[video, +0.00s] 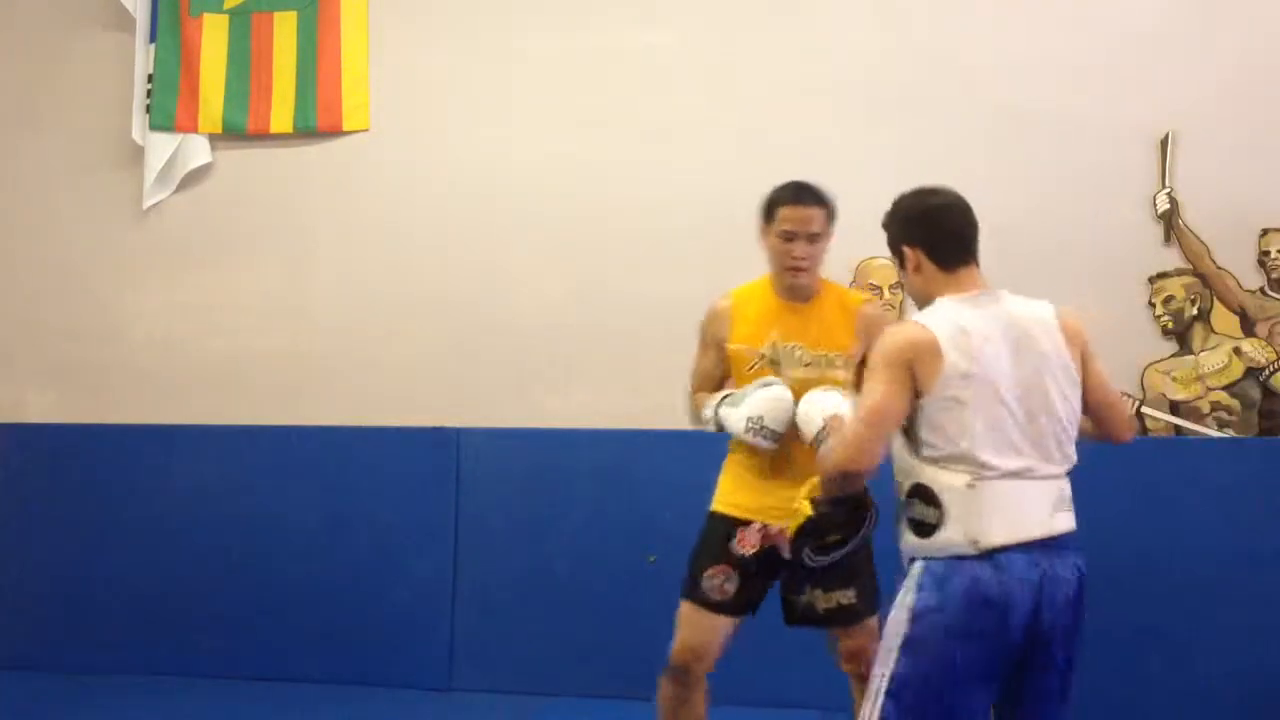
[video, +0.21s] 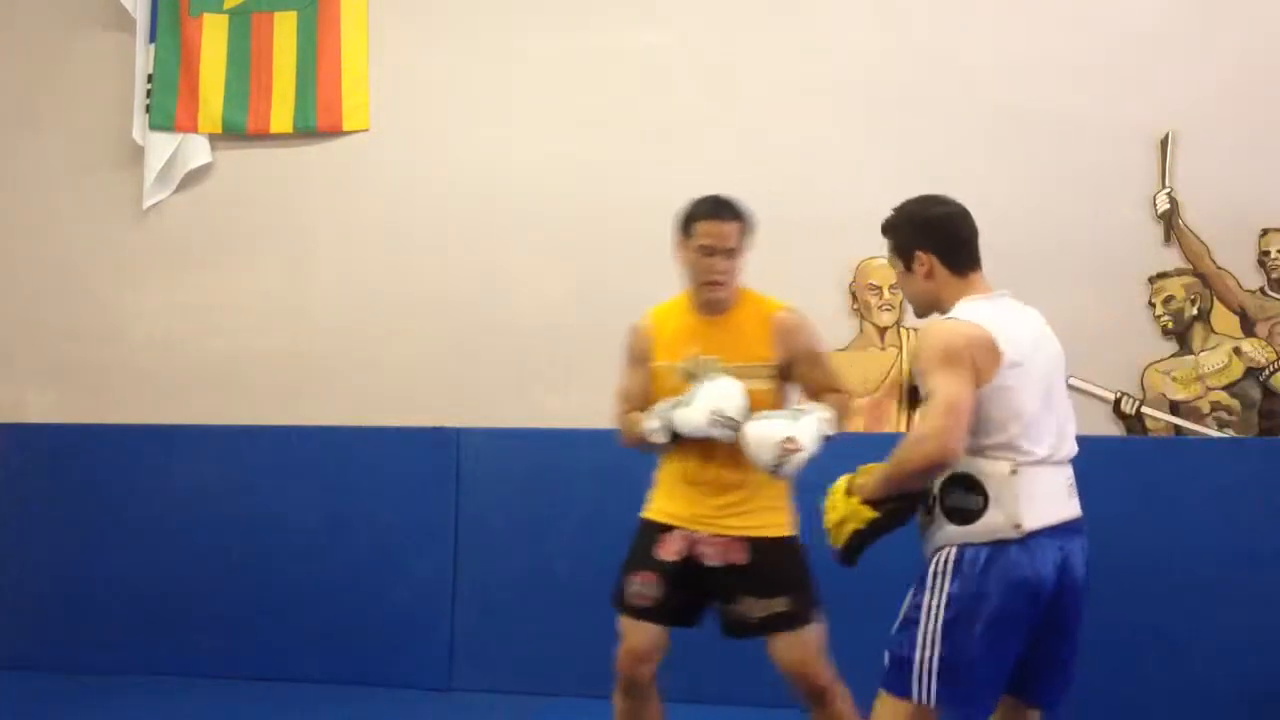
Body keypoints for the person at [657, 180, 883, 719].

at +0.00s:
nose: (799, 251)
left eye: (812, 239)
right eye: (787, 237)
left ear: (829, 242)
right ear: (765, 238)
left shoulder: (864, 316)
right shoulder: (728, 313)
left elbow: (891, 401)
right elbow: (699, 401)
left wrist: (848, 420)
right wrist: (730, 410)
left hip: (830, 511)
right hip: (743, 509)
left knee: (863, 659)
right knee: (686, 660)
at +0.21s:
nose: (719, 266)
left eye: (730, 253)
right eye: (707, 252)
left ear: (745, 255)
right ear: (681, 252)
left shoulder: (784, 328)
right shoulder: (653, 331)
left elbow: (835, 398)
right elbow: (630, 424)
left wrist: (805, 429)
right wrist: (674, 417)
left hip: (760, 523)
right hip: (672, 518)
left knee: (811, 677)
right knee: (633, 664)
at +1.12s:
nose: (575, 230)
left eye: (579, 219)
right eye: (566, 212)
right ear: (516, 207)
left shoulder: (579, 322)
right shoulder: (425, 300)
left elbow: (603, 439)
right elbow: (381, 399)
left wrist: (577, 424)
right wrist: (440, 409)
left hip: (536, 533)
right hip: (436, 528)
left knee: (546, 697)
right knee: (400, 700)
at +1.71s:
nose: (488, 246)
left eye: (490, 230)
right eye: (483, 226)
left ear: (441, 221)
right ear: (441, 217)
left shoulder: (422, 306)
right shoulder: (384, 297)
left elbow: (482, 418)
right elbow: (500, 379)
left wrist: (562, 348)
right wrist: (569, 318)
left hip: (407, 542)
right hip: (345, 553)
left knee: (493, 676)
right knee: (364, 711)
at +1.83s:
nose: (492, 237)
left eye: (493, 220)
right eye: (485, 216)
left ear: (442, 214)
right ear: (443, 211)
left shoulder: (423, 293)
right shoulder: (404, 290)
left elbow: (450, 434)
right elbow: (463, 414)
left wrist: (547, 423)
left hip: (410, 533)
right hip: (352, 538)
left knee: (459, 692)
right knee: (359, 706)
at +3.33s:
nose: (516, 248)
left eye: (519, 233)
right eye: (511, 229)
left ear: (471, 218)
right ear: (469, 215)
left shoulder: (454, 303)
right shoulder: (381, 284)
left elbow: (456, 420)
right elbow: (431, 404)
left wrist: (528, 362)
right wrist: (524, 342)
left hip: (426, 528)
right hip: (355, 536)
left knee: (484, 690)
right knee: (361, 707)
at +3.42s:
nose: (514, 257)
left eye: (518, 242)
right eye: (511, 238)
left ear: (471, 227)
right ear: (470, 224)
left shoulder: (451, 303)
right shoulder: (378, 288)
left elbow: (460, 419)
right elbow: (440, 402)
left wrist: (528, 362)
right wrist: (525, 326)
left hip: (423, 532)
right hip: (352, 541)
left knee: (479, 692)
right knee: (365, 709)